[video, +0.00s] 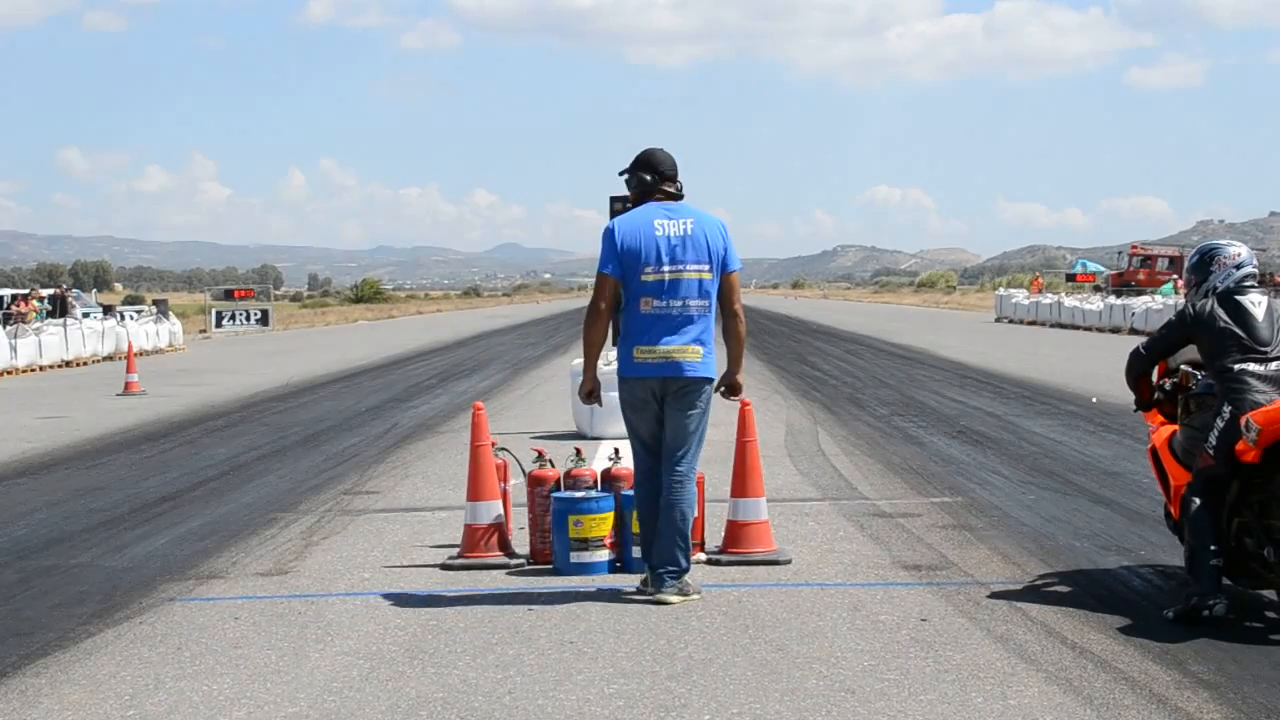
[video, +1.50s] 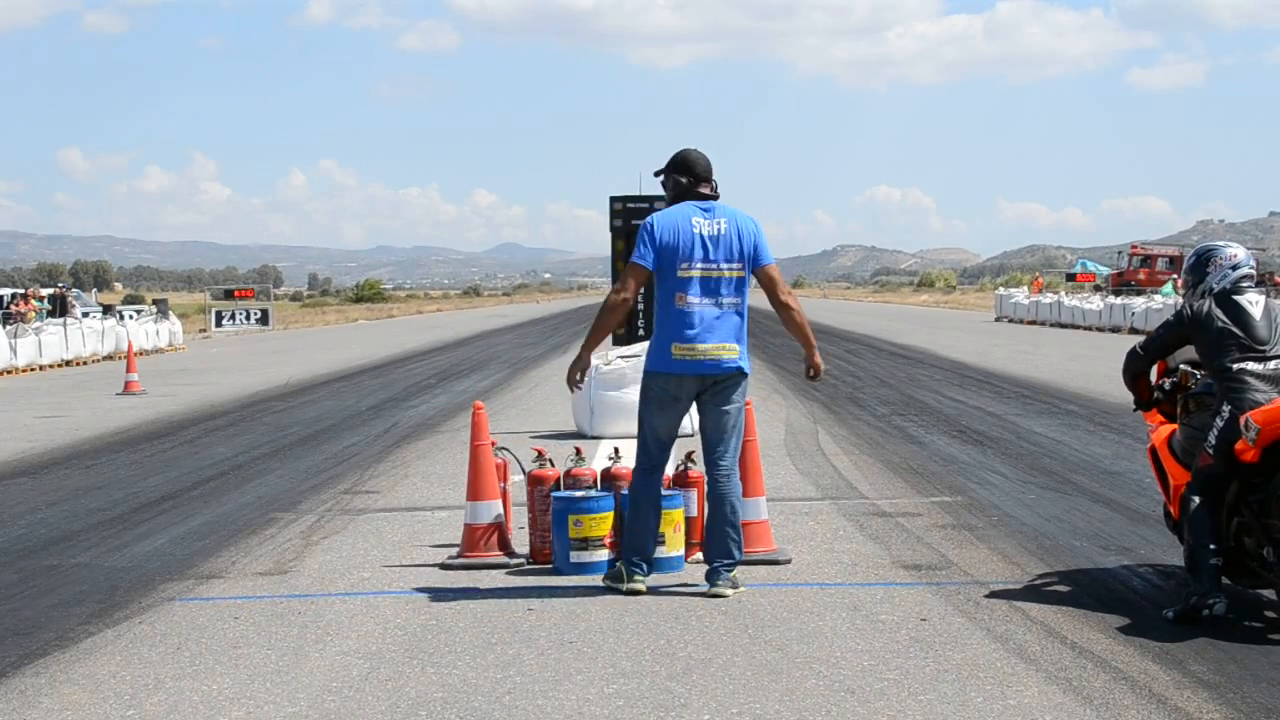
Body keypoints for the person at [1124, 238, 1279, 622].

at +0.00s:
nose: (1188, 287)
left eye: (1191, 279)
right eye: (1188, 280)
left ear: (1206, 276)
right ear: (1244, 268)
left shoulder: (1201, 310)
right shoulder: (1271, 302)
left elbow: (1140, 358)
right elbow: (1258, 352)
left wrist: (1147, 397)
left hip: (1244, 406)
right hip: (1279, 401)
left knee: (1199, 493)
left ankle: (1206, 594)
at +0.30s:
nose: (1187, 289)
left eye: (1190, 281)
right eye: (1187, 282)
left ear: (1206, 276)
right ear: (1238, 267)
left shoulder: (1202, 307)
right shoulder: (1270, 299)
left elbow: (1145, 357)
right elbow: (1258, 351)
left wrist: (1148, 395)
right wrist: (1218, 378)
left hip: (1246, 403)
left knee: (1200, 491)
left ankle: (1205, 593)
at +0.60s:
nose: (1188, 287)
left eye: (1192, 279)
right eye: (1189, 279)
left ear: (1211, 274)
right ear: (1242, 266)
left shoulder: (1204, 307)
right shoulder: (1272, 299)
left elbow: (1145, 356)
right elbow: (1259, 352)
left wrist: (1149, 395)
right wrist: (1218, 379)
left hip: (1247, 404)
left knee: (1200, 492)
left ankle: (1205, 591)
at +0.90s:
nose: (1187, 288)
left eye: (1191, 280)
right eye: (1188, 281)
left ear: (1206, 276)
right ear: (1244, 267)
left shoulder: (1201, 308)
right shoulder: (1272, 300)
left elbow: (1140, 357)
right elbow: (1256, 352)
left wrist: (1148, 397)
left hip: (1244, 405)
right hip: (1279, 399)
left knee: (1198, 492)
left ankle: (1206, 592)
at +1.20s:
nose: (1185, 287)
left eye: (1189, 280)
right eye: (1186, 280)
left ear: (1203, 276)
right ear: (1243, 269)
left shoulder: (1198, 309)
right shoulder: (1270, 303)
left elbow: (1137, 358)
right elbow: (1257, 353)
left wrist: (1147, 398)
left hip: (1243, 404)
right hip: (1279, 399)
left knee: (1198, 493)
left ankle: (1206, 592)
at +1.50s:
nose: (1186, 287)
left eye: (1189, 280)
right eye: (1186, 280)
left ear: (1203, 277)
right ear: (1244, 269)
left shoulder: (1198, 309)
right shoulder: (1271, 304)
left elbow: (1136, 359)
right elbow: (1257, 353)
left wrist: (1148, 399)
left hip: (1243, 403)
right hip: (1279, 398)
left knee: (1199, 492)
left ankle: (1205, 591)